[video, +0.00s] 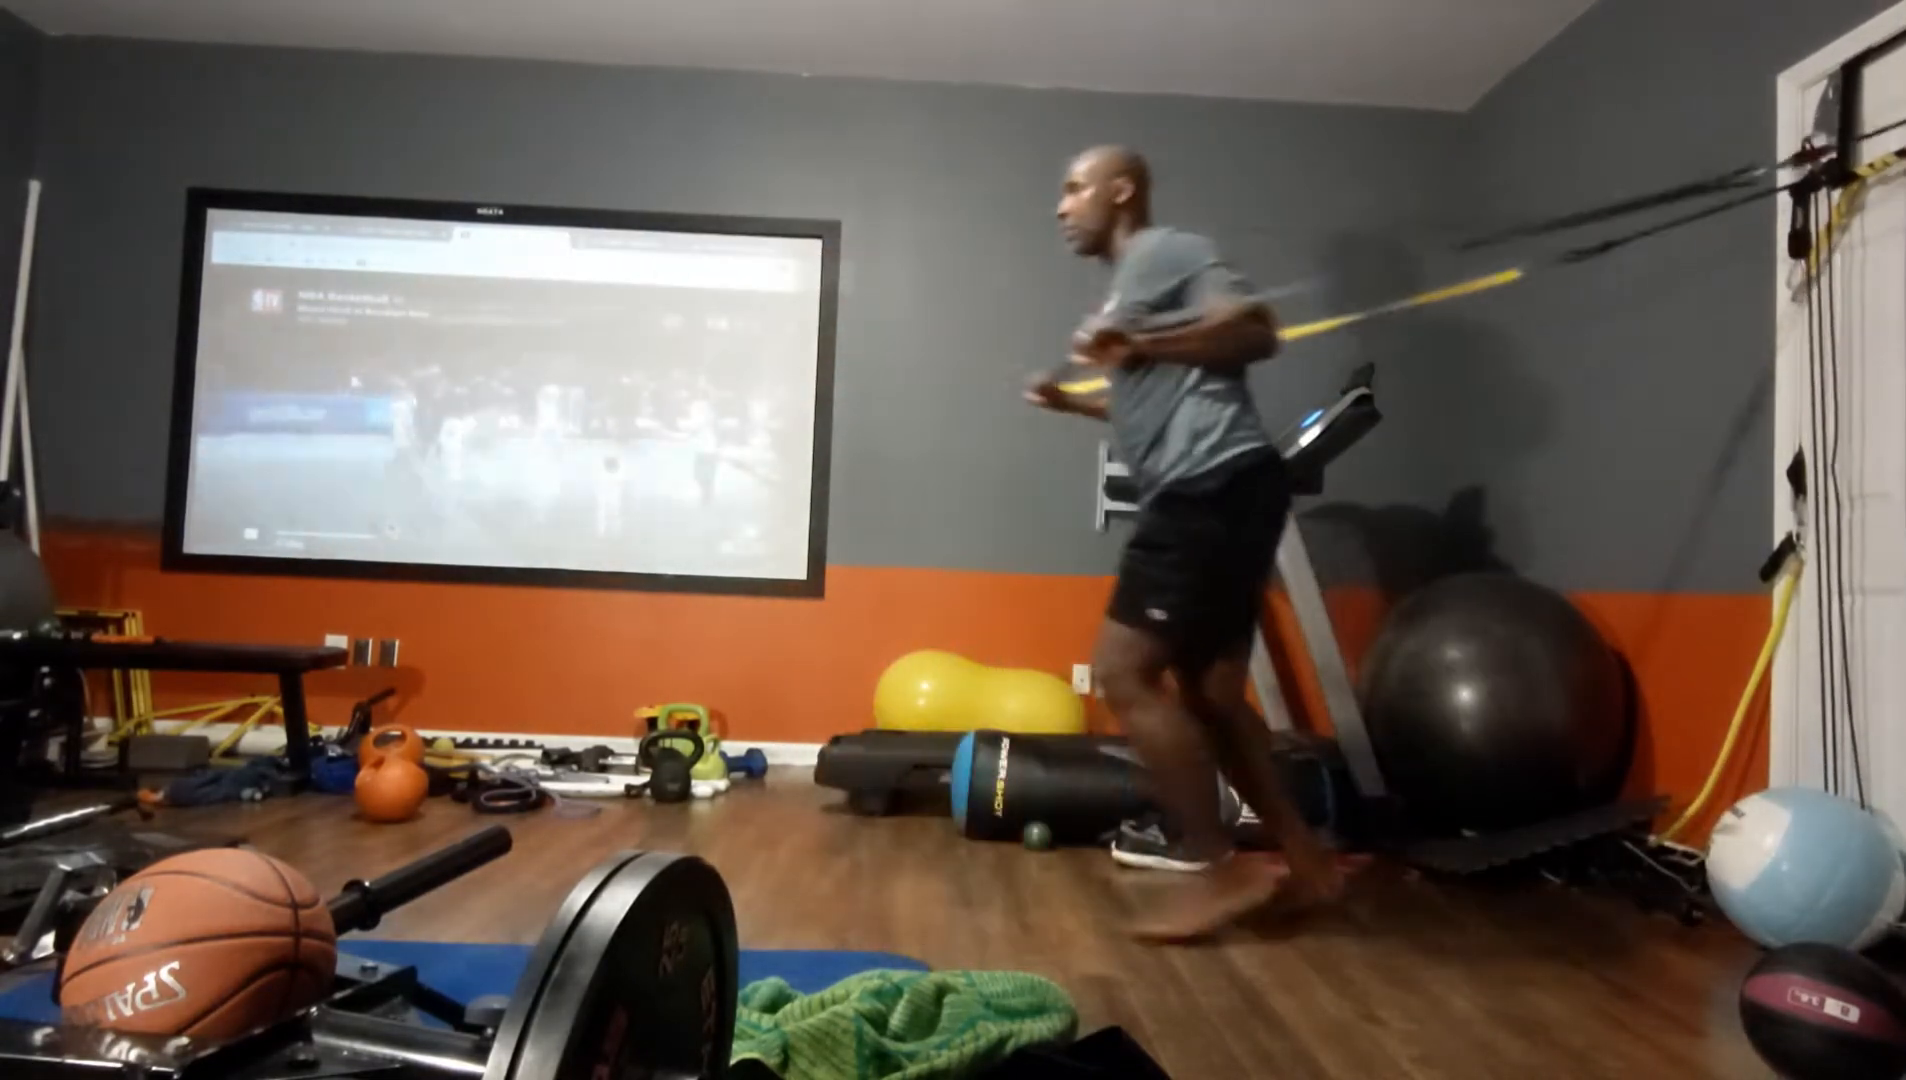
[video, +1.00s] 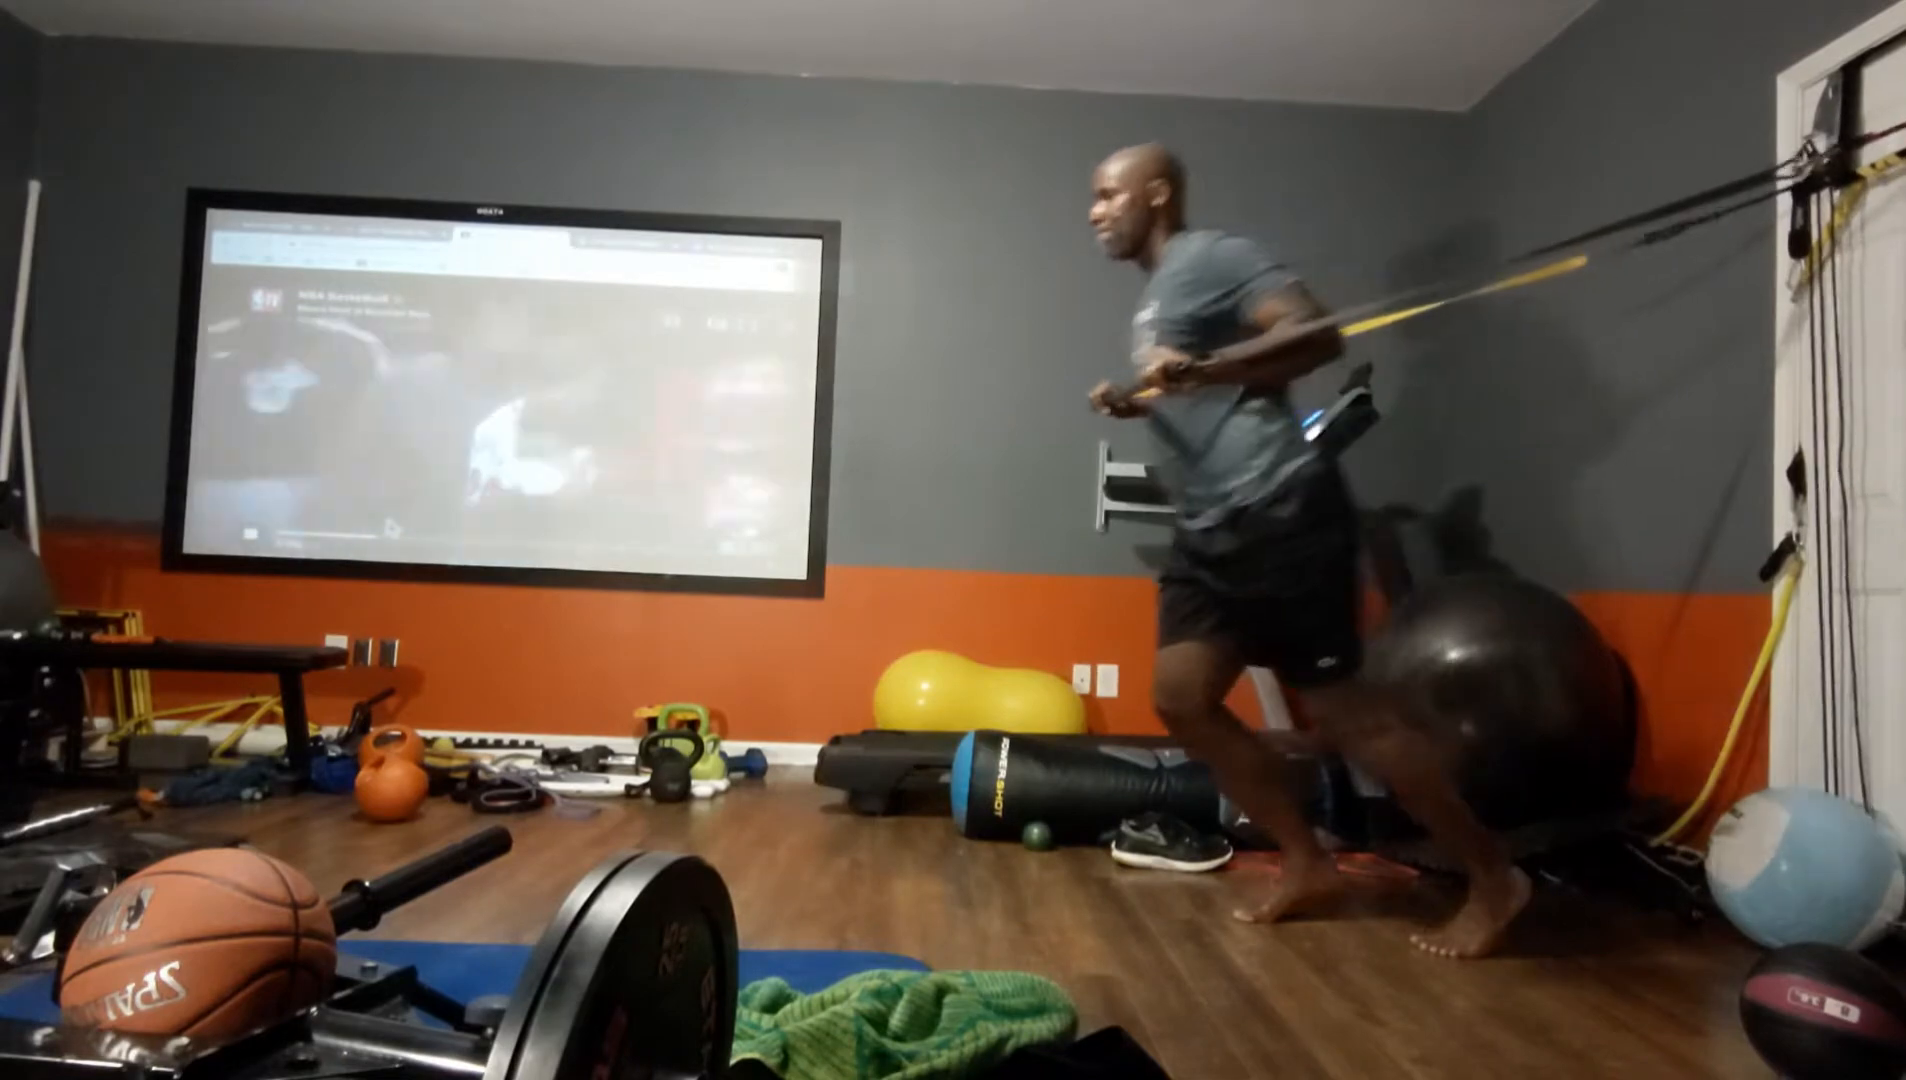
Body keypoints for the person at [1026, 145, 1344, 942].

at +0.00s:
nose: (1060, 207)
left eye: (1074, 190)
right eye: (1061, 194)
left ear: (1123, 193)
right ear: (1115, 198)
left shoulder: (1165, 250)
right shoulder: (1123, 291)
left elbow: (1254, 329)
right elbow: (1150, 409)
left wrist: (1140, 346)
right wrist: (1070, 401)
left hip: (1212, 482)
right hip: (1219, 485)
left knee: (1123, 674)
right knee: (1213, 694)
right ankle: (1304, 859)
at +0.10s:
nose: (1087, 199)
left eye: (1100, 181)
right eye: (1088, 185)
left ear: (1149, 187)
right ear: (1133, 195)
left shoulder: (1193, 244)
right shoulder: (1150, 283)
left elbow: (1287, 320)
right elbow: (1186, 393)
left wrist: (1181, 347)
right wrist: (1113, 406)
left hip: (1245, 477)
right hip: (1221, 483)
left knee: (1185, 681)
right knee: (1225, 690)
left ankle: (1332, 852)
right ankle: (1312, 858)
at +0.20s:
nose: (1109, 197)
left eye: (1124, 181)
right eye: (1110, 184)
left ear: (1174, 189)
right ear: (1158, 193)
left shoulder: (1218, 246)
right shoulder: (1169, 285)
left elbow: (1319, 321)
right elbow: (1202, 393)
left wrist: (1216, 352)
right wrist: (1139, 406)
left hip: (1274, 487)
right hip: (1225, 496)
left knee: (1253, 690)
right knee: (1239, 691)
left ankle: (1423, 845)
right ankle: (1313, 874)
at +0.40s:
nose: (1146, 200)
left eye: (1162, 183)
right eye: (1147, 186)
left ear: (1214, 189)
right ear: (1197, 194)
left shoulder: (1266, 251)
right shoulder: (1207, 290)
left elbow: (1359, 337)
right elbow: (1241, 398)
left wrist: (1252, 366)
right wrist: (1162, 410)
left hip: (1340, 501)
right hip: (1265, 515)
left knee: (1369, 695)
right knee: (1247, 690)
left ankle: (1492, 883)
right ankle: (1316, 879)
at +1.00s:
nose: (1094, 212)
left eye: (1106, 195)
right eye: (1093, 199)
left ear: (1156, 197)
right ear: (1139, 206)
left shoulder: (1215, 256)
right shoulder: (1154, 296)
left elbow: (1316, 335)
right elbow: (1202, 392)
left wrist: (1203, 370)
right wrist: (1133, 400)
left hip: (1287, 514)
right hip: (1212, 531)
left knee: (1339, 711)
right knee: (1183, 698)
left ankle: (1495, 879)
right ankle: (1310, 868)